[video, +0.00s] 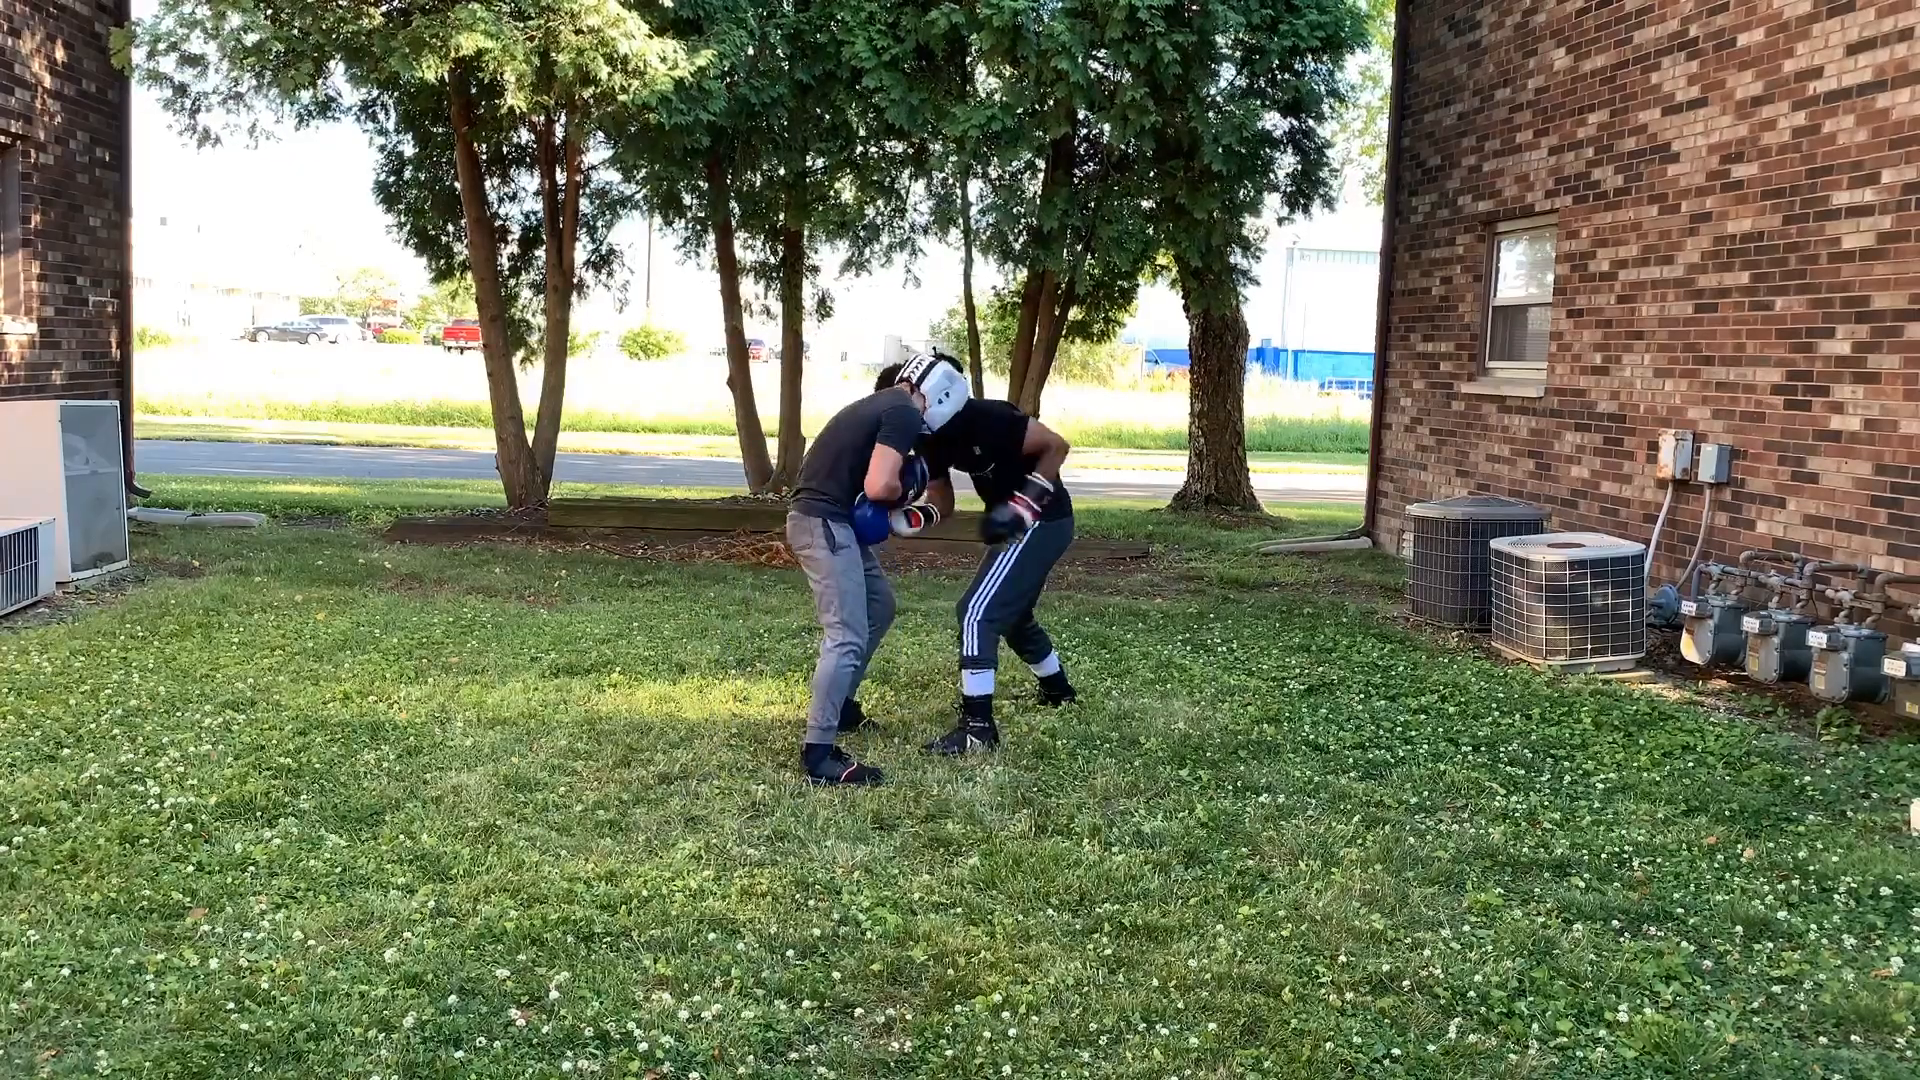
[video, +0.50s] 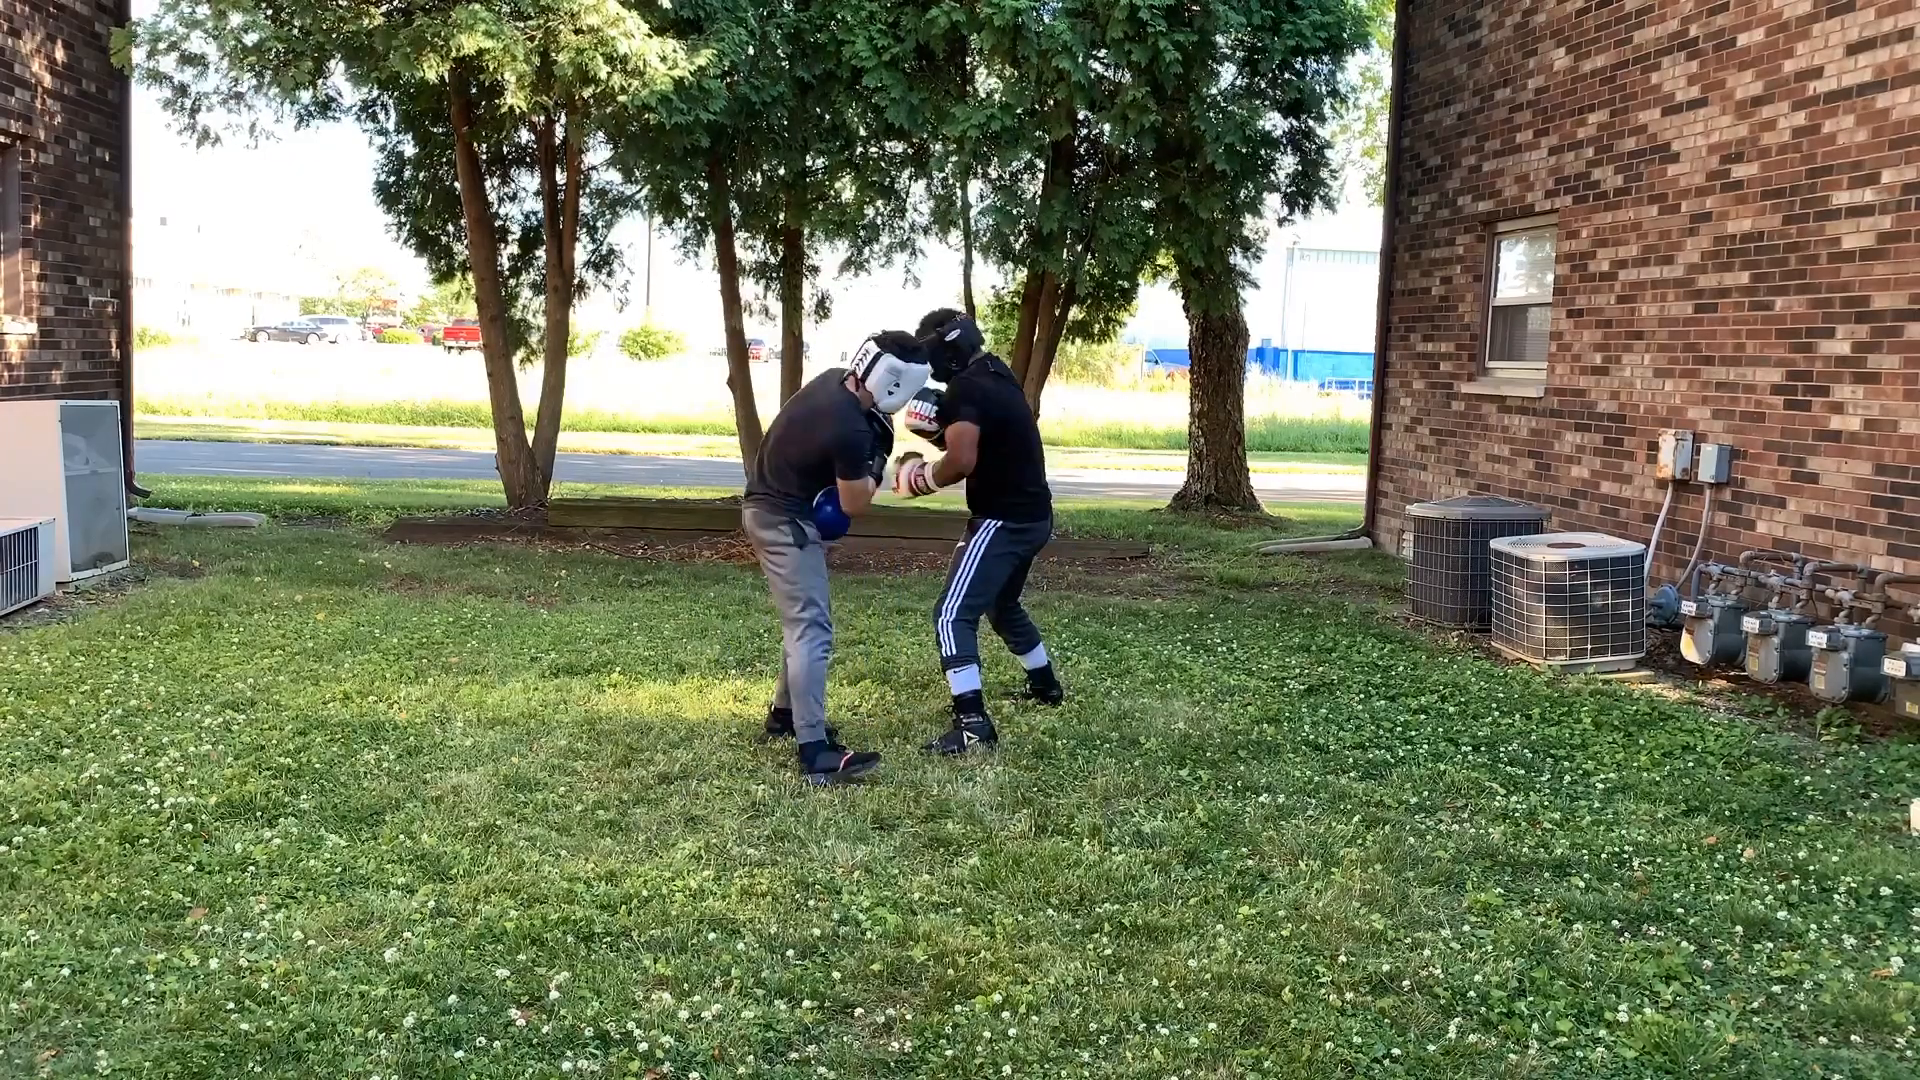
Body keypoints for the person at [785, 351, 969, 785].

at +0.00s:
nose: (934, 419)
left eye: (940, 412)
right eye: (938, 409)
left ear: (910, 383)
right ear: (926, 391)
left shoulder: (884, 406)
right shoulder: (901, 409)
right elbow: (878, 486)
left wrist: (905, 513)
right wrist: (905, 487)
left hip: (837, 523)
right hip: (820, 522)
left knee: (880, 609)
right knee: (847, 635)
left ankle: (842, 709)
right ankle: (817, 753)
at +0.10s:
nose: (937, 409)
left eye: (941, 400)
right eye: (938, 398)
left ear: (899, 377)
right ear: (922, 388)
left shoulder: (866, 399)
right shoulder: (908, 422)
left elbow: (852, 466)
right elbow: (879, 502)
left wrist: (907, 486)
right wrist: (904, 524)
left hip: (793, 509)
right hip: (819, 520)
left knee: (840, 618)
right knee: (846, 639)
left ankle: (833, 707)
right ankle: (817, 752)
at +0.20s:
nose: (928, 400)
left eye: (930, 392)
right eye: (929, 391)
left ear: (889, 363)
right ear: (920, 384)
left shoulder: (837, 371)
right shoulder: (912, 426)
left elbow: (793, 427)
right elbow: (896, 497)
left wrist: (829, 458)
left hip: (783, 516)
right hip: (828, 526)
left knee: (815, 621)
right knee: (847, 632)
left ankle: (832, 710)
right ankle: (823, 752)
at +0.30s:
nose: (929, 410)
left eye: (933, 401)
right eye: (930, 400)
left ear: (888, 366)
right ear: (918, 390)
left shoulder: (830, 376)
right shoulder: (900, 432)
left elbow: (809, 437)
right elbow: (881, 494)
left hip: (772, 518)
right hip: (817, 528)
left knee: (809, 623)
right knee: (846, 635)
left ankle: (825, 712)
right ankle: (824, 755)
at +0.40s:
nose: (918, 410)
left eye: (922, 400)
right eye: (920, 400)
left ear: (875, 369)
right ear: (907, 395)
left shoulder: (825, 383)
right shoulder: (880, 437)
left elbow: (804, 444)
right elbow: (875, 512)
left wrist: (840, 500)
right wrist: (882, 475)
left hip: (764, 517)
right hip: (802, 528)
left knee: (817, 612)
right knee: (840, 635)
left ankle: (796, 707)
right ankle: (823, 756)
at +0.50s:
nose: (903, 397)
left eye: (908, 388)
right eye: (902, 386)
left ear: (864, 368)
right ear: (879, 379)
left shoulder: (835, 381)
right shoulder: (850, 426)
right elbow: (854, 504)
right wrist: (875, 467)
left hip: (770, 502)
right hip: (782, 514)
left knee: (803, 618)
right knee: (811, 628)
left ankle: (786, 712)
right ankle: (816, 751)